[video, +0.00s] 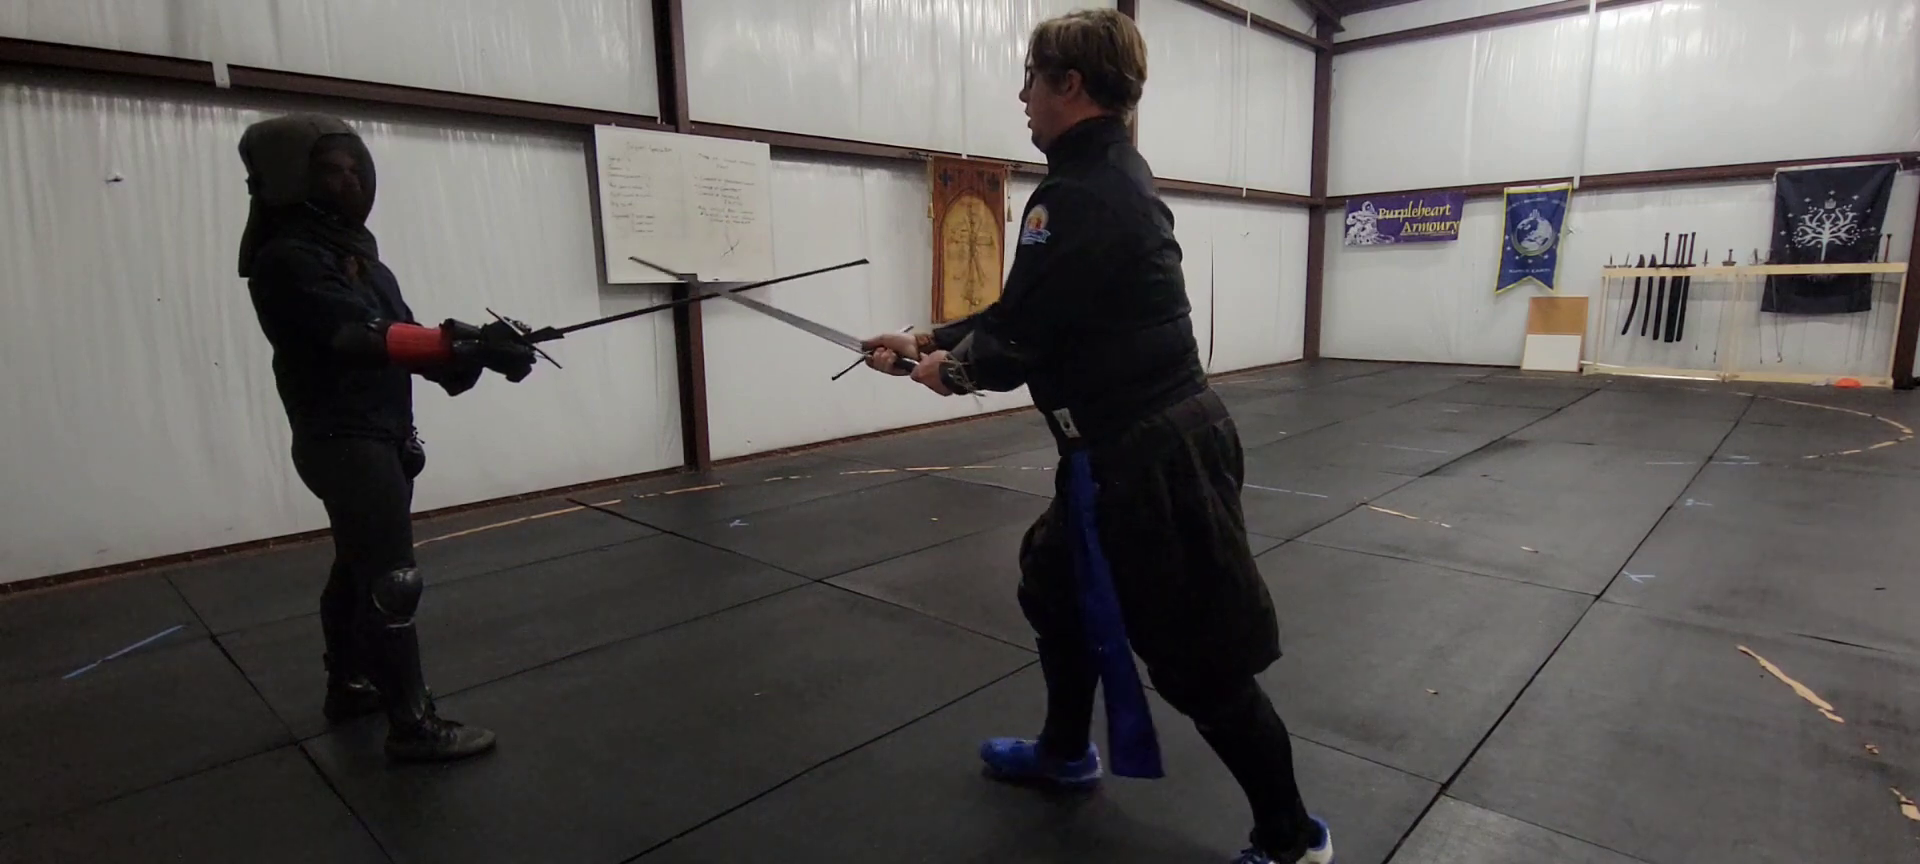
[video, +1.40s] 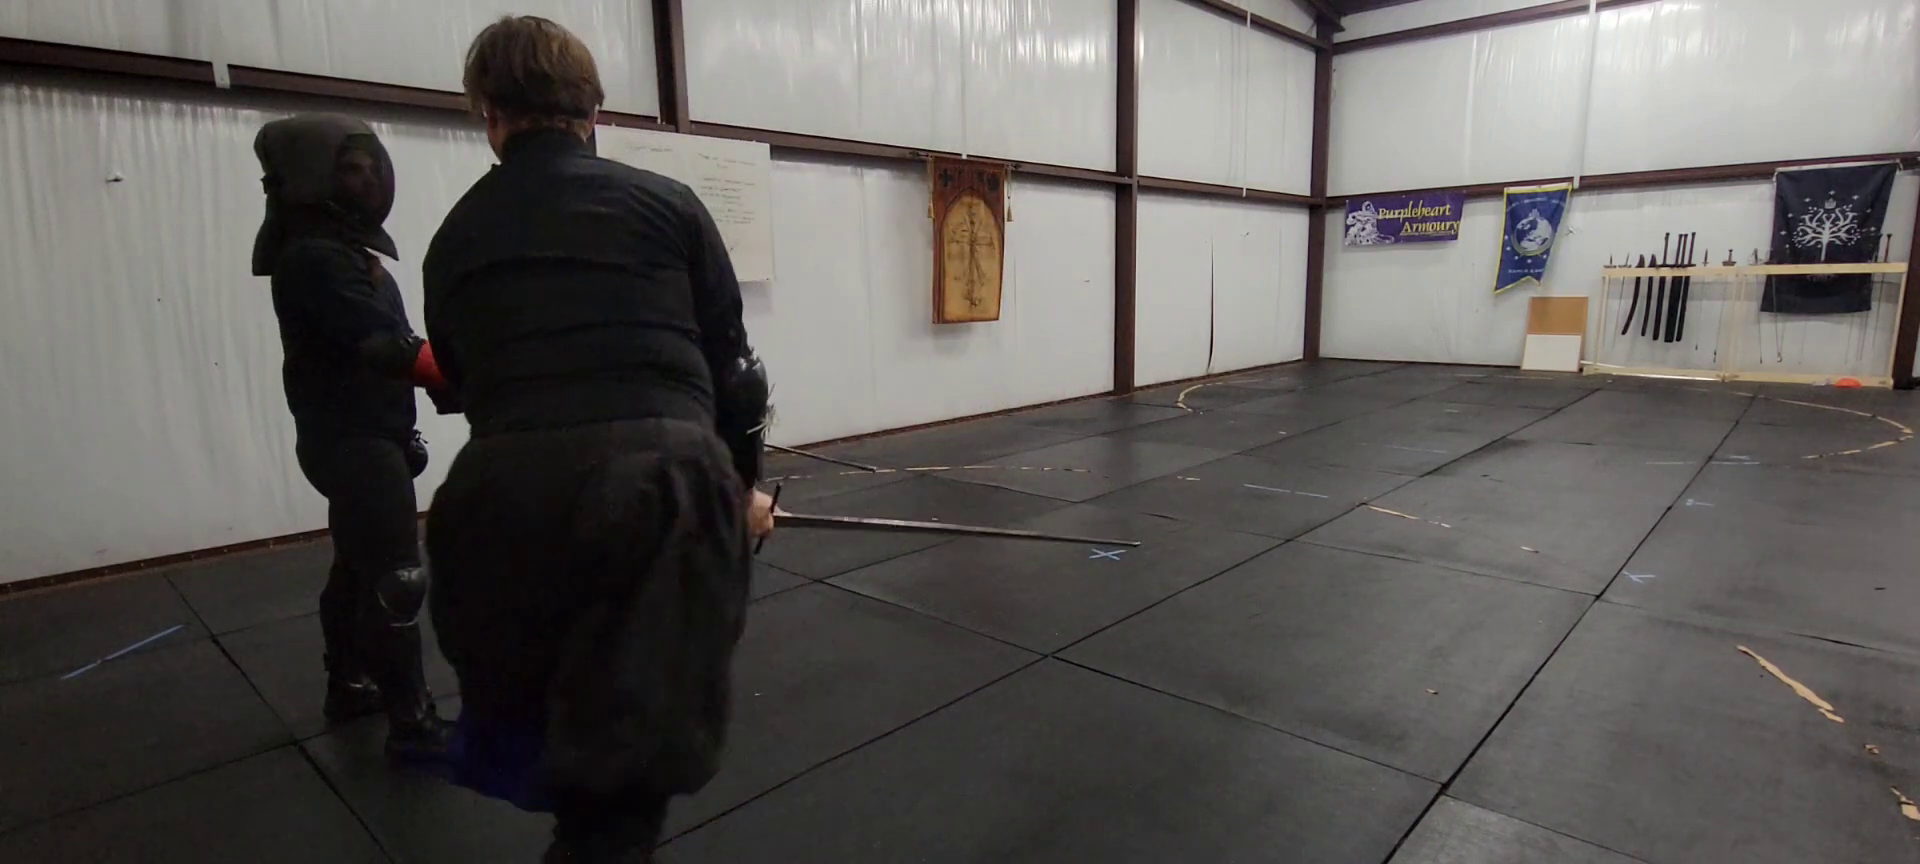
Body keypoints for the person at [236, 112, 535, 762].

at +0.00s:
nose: (355, 182)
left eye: (360, 170)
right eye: (339, 170)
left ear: (365, 180)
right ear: (304, 181)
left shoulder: (353, 248)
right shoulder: (286, 255)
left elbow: (393, 329)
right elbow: (349, 336)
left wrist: (459, 353)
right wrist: (464, 346)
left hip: (380, 436)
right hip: (341, 442)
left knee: (359, 568)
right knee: (392, 581)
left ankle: (349, 687)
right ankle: (411, 724)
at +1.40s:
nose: (373, 180)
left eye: (376, 169)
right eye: (357, 168)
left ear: (380, 177)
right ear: (322, 179)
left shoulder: (348, 250)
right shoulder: (313, 257)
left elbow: (377, 350)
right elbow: (366, 342)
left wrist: (395, 430)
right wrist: (439, 367)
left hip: (370, 439)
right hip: (352, 443)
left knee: (358, 569)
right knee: (395, 580)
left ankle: (350, 688)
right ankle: (410, 722)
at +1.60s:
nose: (389, 181)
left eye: (388, 168)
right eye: (377, 168)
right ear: (346, 176)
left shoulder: (343, 250)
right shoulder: (325, 257)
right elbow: (371, 353)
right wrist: (432, 361)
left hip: (364, 440)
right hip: (361, 445)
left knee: (358, 566)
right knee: (392, 571)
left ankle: (349, 686)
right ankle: (412, 719)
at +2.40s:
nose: (432, 196)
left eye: (433, 183)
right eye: (422, 183)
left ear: (358, 189)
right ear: (389, 188)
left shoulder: (341, 256)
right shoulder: (374, 261)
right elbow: (423, 363)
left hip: (357, 443)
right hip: (382, 447)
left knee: (378, 568)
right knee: (447, 578)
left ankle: (350, 688)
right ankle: (441, 721)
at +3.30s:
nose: (439, 192)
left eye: (437, 180)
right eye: (431, 180)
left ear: (348, 187)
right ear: (407, 189)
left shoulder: (306, 268)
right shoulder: (406, 268)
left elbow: (383, 342)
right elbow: (461, 344)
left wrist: (471, 330)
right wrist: (507, 336)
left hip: (339, 448)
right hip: (398, 451)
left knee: (360, 570)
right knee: (459, 577)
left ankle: (349, 691)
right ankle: (444, 723)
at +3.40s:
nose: (446, 195)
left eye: (444, 182)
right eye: (439, 183)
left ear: (358, 186)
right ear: (419, 191)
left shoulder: (314, 261)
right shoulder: (414, 267)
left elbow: (288, 345)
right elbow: (461, 352)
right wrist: (481, 328)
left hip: (340, 445)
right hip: (398, 449)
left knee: (360, 568)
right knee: (460, 577)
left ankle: (348, 690)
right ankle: (444, 722)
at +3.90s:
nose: (432, 193)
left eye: (430, 180)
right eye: (425, 181)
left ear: (342, 186)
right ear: (402, 190)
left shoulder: (303, 266)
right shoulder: (399, 270)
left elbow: (338, 354)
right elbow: (456, 349)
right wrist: (506, 340)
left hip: (333, 447)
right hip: (392, 450)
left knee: (357, 568)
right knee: (451, 575)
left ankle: (348, 687)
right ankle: (442, 719)